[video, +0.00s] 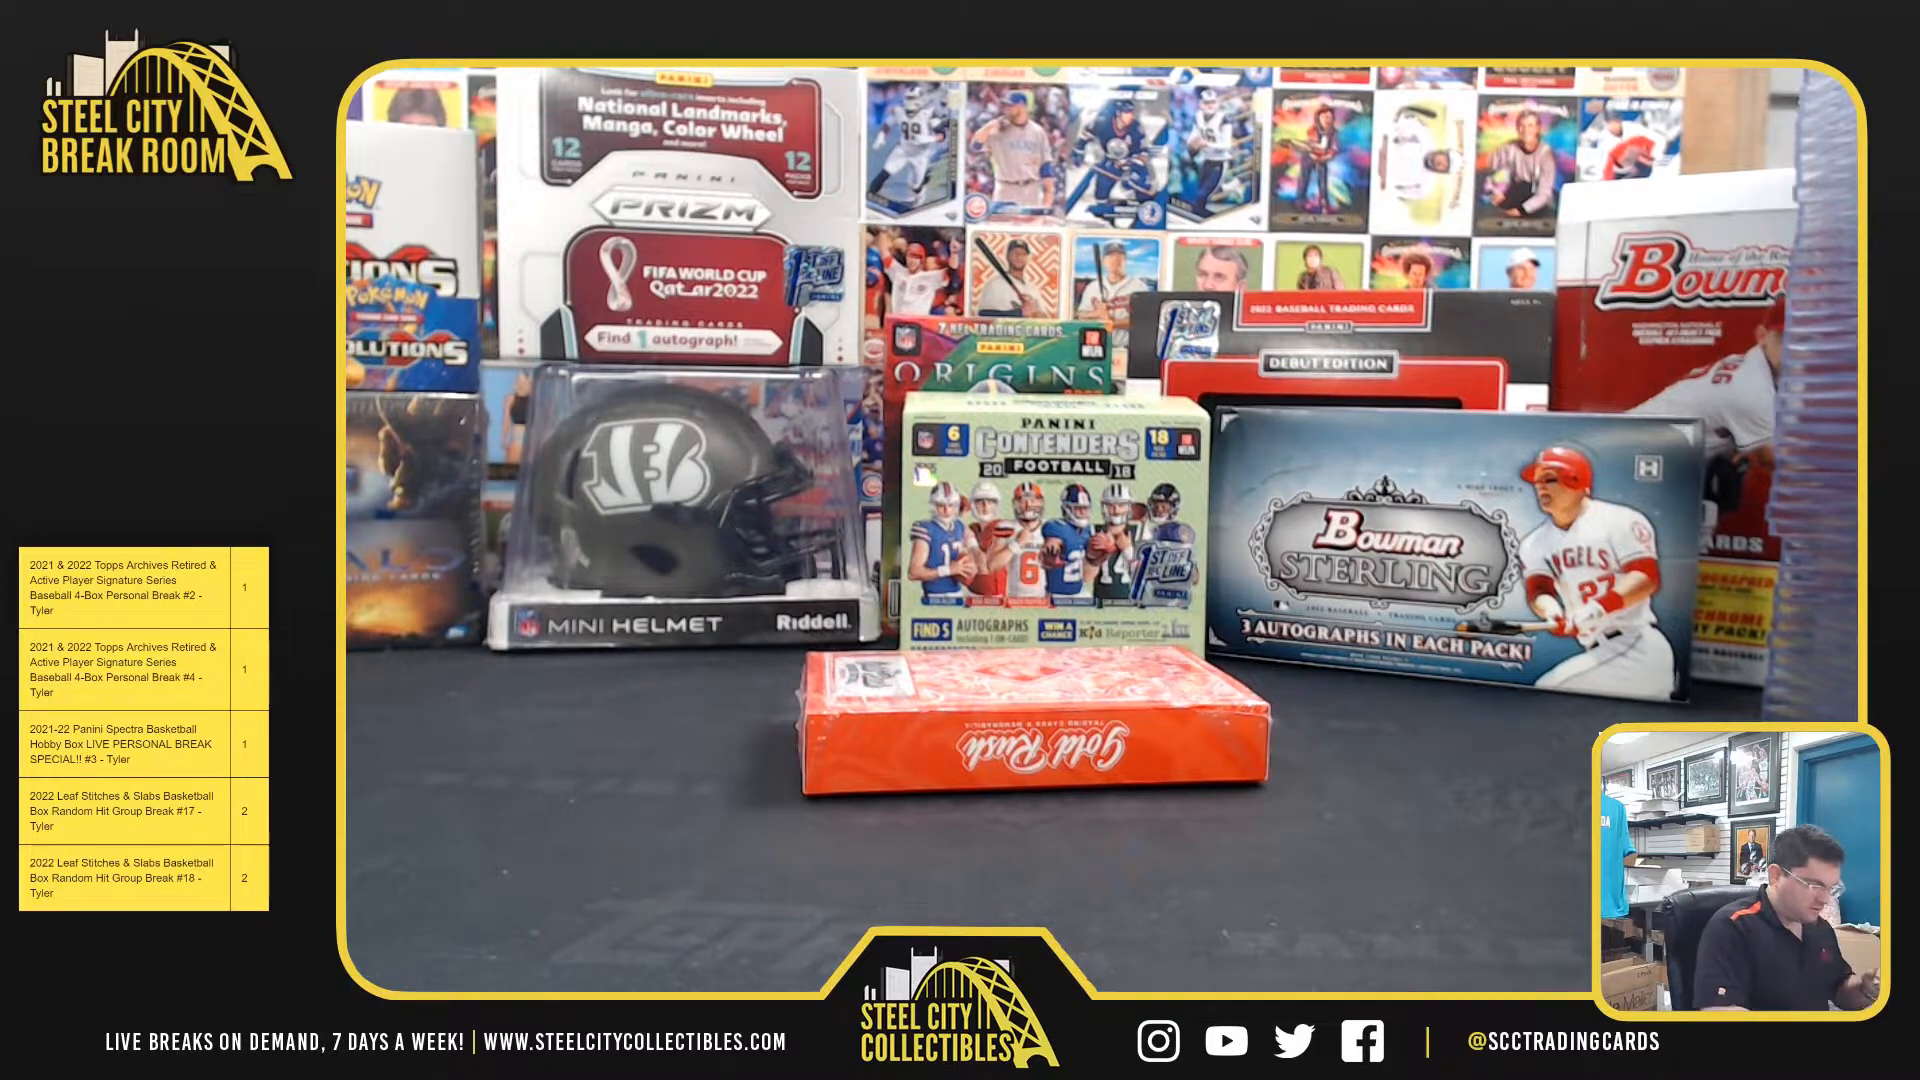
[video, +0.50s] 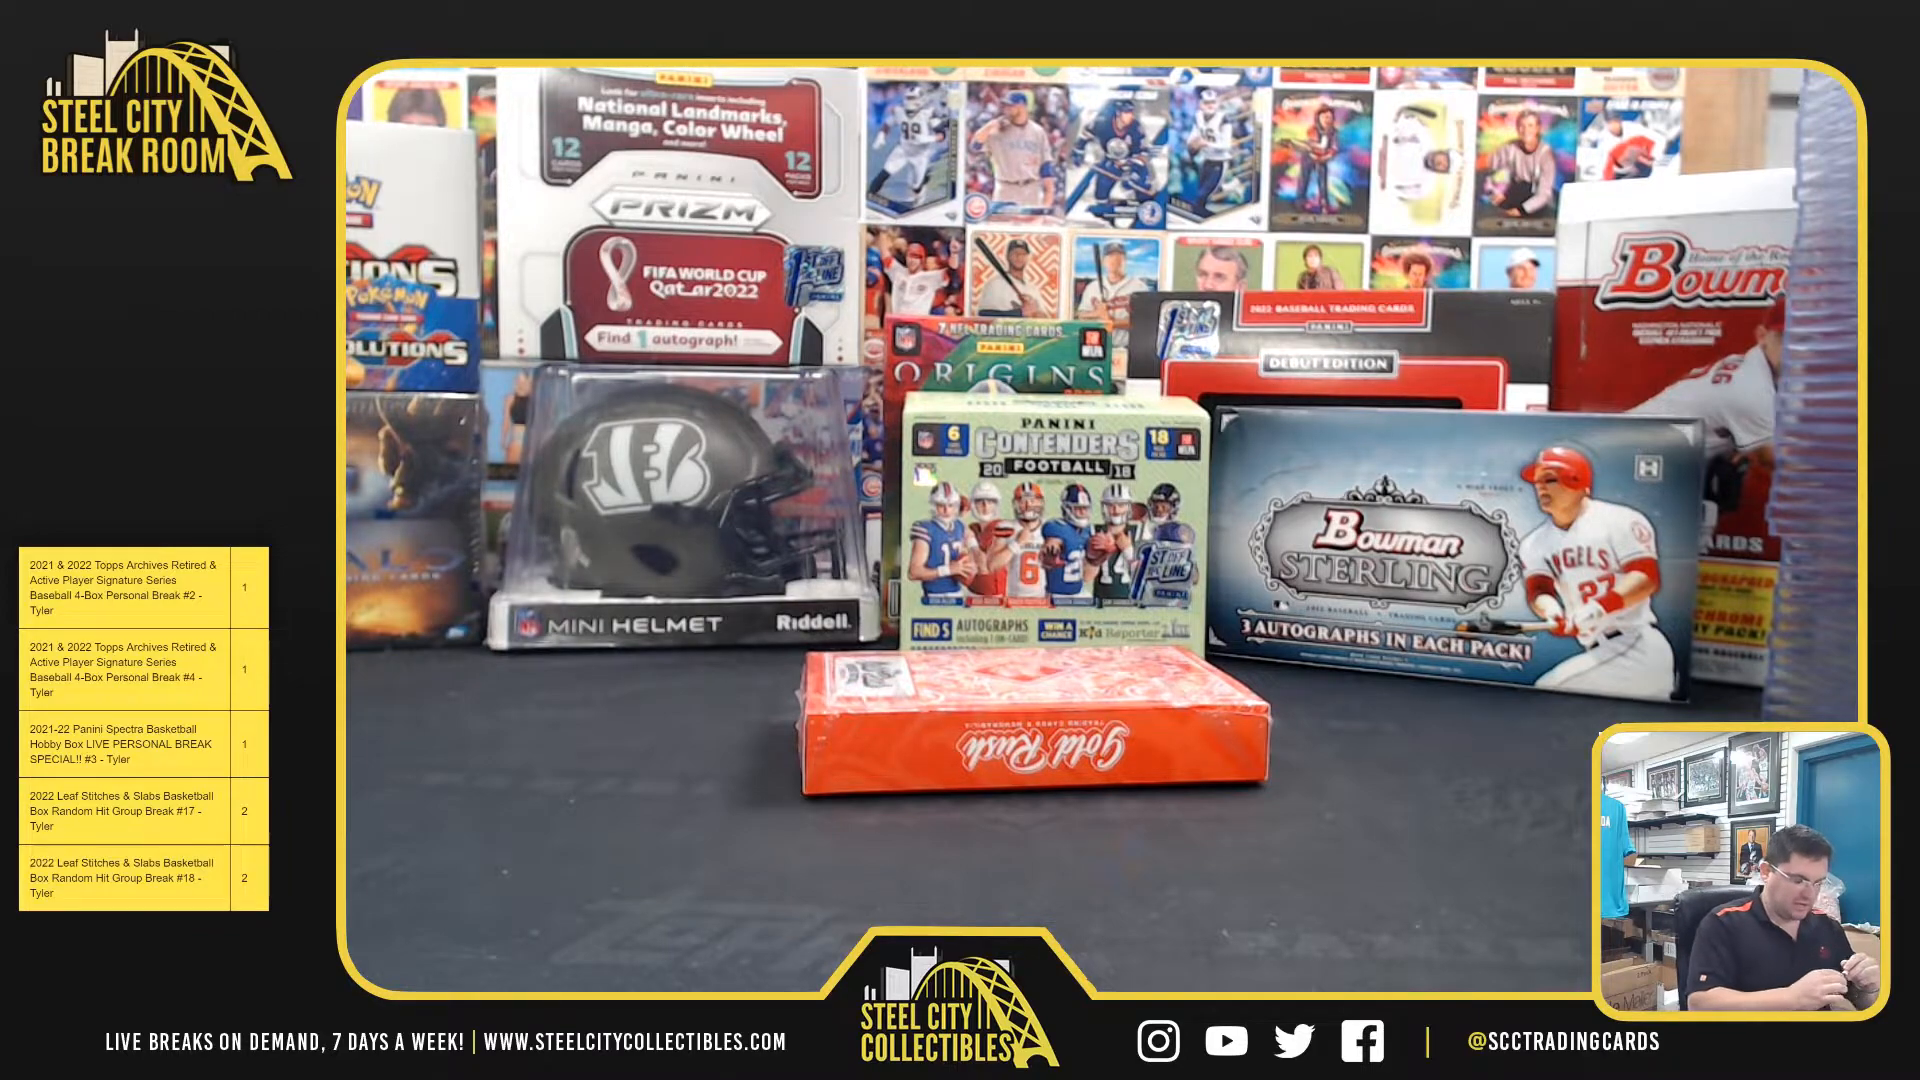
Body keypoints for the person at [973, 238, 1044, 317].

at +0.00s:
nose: (1019, 258)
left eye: (1023, 254)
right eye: (1016, 254)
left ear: (1028, 258)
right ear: (1008, 256)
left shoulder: (1032, 289)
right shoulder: (995, 285)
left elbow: (1044, 317)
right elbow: (985, 315)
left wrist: (1034, 311)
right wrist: (1020, 313)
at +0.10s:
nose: (1019, 258)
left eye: (1023, 254)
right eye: (1016, 254)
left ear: (1028, 258)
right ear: (1008, 256)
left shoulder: (1033, 289)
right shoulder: (995, 285)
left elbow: (1044, 318)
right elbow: (985, 315)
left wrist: (1034, 311)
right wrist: (1020, 313)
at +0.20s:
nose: (1019, 258)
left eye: (1023, 254)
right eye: (1015, 254)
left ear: (1028, 257)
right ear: (1008, 256)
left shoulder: (1032, 289)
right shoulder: (995, 284)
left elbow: (1045, 317)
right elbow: (985, 314)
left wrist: (1034, 311)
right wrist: (1020, 313)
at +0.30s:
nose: (1019, 258)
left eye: (1023, 254)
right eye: (1015, 254)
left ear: (1028, 257)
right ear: (1008, 256)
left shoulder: (1032, 289)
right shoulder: (995, 284)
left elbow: (1045, 317)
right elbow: (985, 314)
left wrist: (1034, 311)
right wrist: (1020, 313)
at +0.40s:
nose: (1019, 258)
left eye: (1023, 254)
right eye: (1015, 254)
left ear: (1028, 257)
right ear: (1008, 256)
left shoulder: (1032, 289)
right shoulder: (995, 284)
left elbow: (1045, 317)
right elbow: (985, 314)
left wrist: (1034, 311)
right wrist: (1020, 313)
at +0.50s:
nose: (1019, 258)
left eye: (1023, 254)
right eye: (1015, 254)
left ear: (1028, 257)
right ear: (1008, 256)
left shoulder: (1032, 289)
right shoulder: (995, 284)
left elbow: (1045, 317)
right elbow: (985, 314)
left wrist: (1034, 311)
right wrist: (1020, 313)